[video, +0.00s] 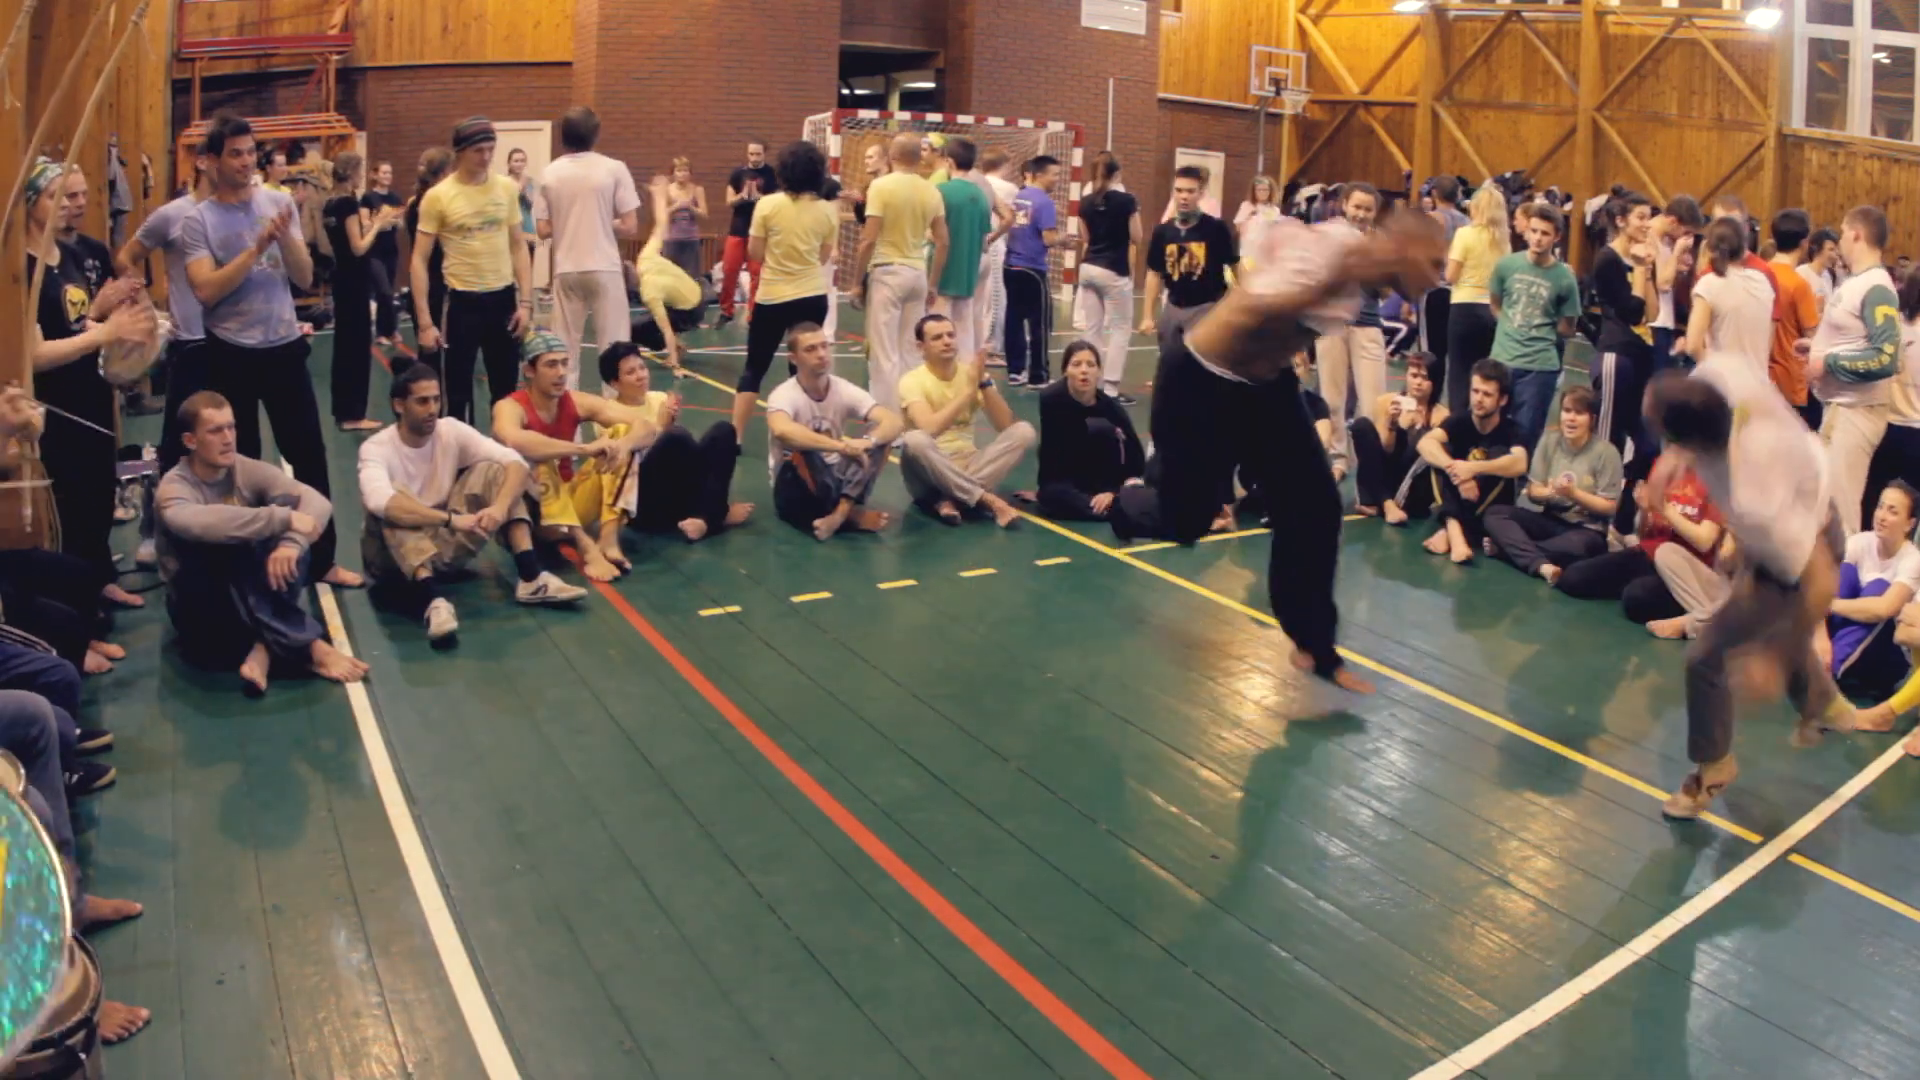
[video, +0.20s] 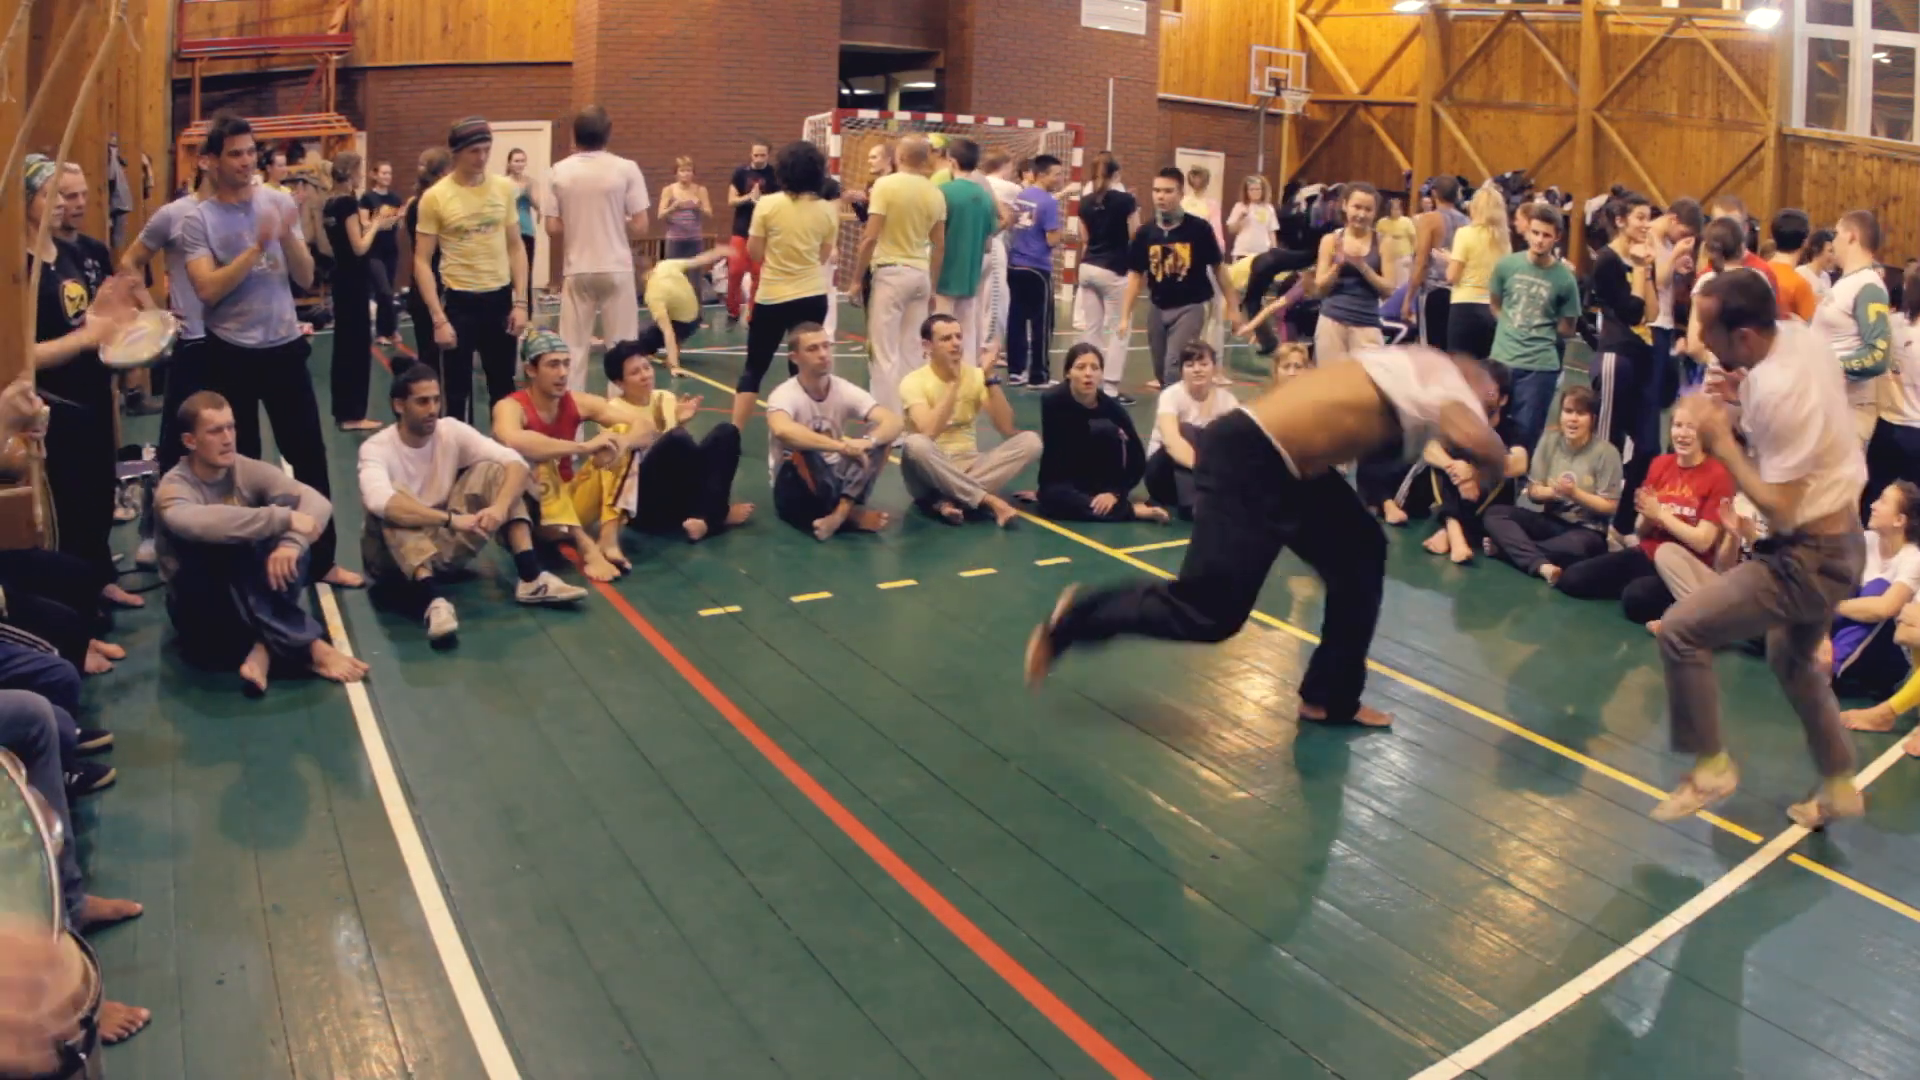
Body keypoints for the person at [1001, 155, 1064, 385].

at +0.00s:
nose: (1057, 179)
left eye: (1057, 174)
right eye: (1053, 174)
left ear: (1035, 176)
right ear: (1038, 175)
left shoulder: (1018, 196)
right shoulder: (1043, 201)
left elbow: (1014, 231)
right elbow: (1048, 238)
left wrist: (1056, 241)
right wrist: (1066, 239)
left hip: (1011, 263)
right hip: (1032, 267)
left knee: (1014, 319)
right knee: (1040, 322)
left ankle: (1015, 370)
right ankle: (1039, 374)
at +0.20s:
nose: (1059, 179)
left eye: (1059, 174)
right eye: (1056, 174)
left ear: (1038, 175)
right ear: (1041, 174)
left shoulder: (1020, 196)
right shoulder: (1048, 201)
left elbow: (1011, 226)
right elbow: (1051, 238)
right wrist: (1065, 234)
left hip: (1015, 264)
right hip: (1036, 266)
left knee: (1016, 319)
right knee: (1040, 322)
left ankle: (1015, 370)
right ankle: (1039, 374)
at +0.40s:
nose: (1061, 180)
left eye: (1061, 175)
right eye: (1058, 175)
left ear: (1038, 175)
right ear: (1045, 176)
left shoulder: (1024, 196)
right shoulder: (1049, 202)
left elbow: (1017, 227)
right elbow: (1057, 239)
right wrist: (1076, 236)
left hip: (1020, 264)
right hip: (1041, 267)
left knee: (1022, 319)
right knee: (1043, 322)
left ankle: (1016, 369)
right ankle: (1039, 374)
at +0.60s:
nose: (1065, 182)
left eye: (1065, 177)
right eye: (1063, 177)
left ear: (1042, 177)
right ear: (1053, 178)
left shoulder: (1026, 197)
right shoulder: (1054, 207)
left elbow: (1020, 227)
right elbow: (1061, 243)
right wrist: (1075, 235)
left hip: (1024, 264)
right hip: (1045, 268)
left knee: (1038, 318)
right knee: (1046, 322)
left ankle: (1029, 360)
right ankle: (1039, 376)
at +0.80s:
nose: (1069, 185)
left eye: (1068, 180)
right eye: (1068, 180)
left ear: (1043, 176)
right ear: (1062, 181)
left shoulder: (1027, 197)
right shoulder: (1054, 207)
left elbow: (1020, 227)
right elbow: (1063, 244)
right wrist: (1077, 238)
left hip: (1024, 264)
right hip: (1045, 268)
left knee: (1044, 321)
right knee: (1046, 324)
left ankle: (1050, 367)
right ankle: (1039, 375)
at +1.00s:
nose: (1070, 185)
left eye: (1070, 181)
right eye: (1070, 181)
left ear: (1046, 176)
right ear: (1065, 182)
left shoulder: (1028, 197)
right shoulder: (1058, 209)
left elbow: (1019, 227)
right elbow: (1063, 246)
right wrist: (1075, 236)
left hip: (1023, 265)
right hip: (1045, 269)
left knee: (1039, 320)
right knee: (1045, 323)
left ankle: (1039, 369)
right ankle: (1039, 375)